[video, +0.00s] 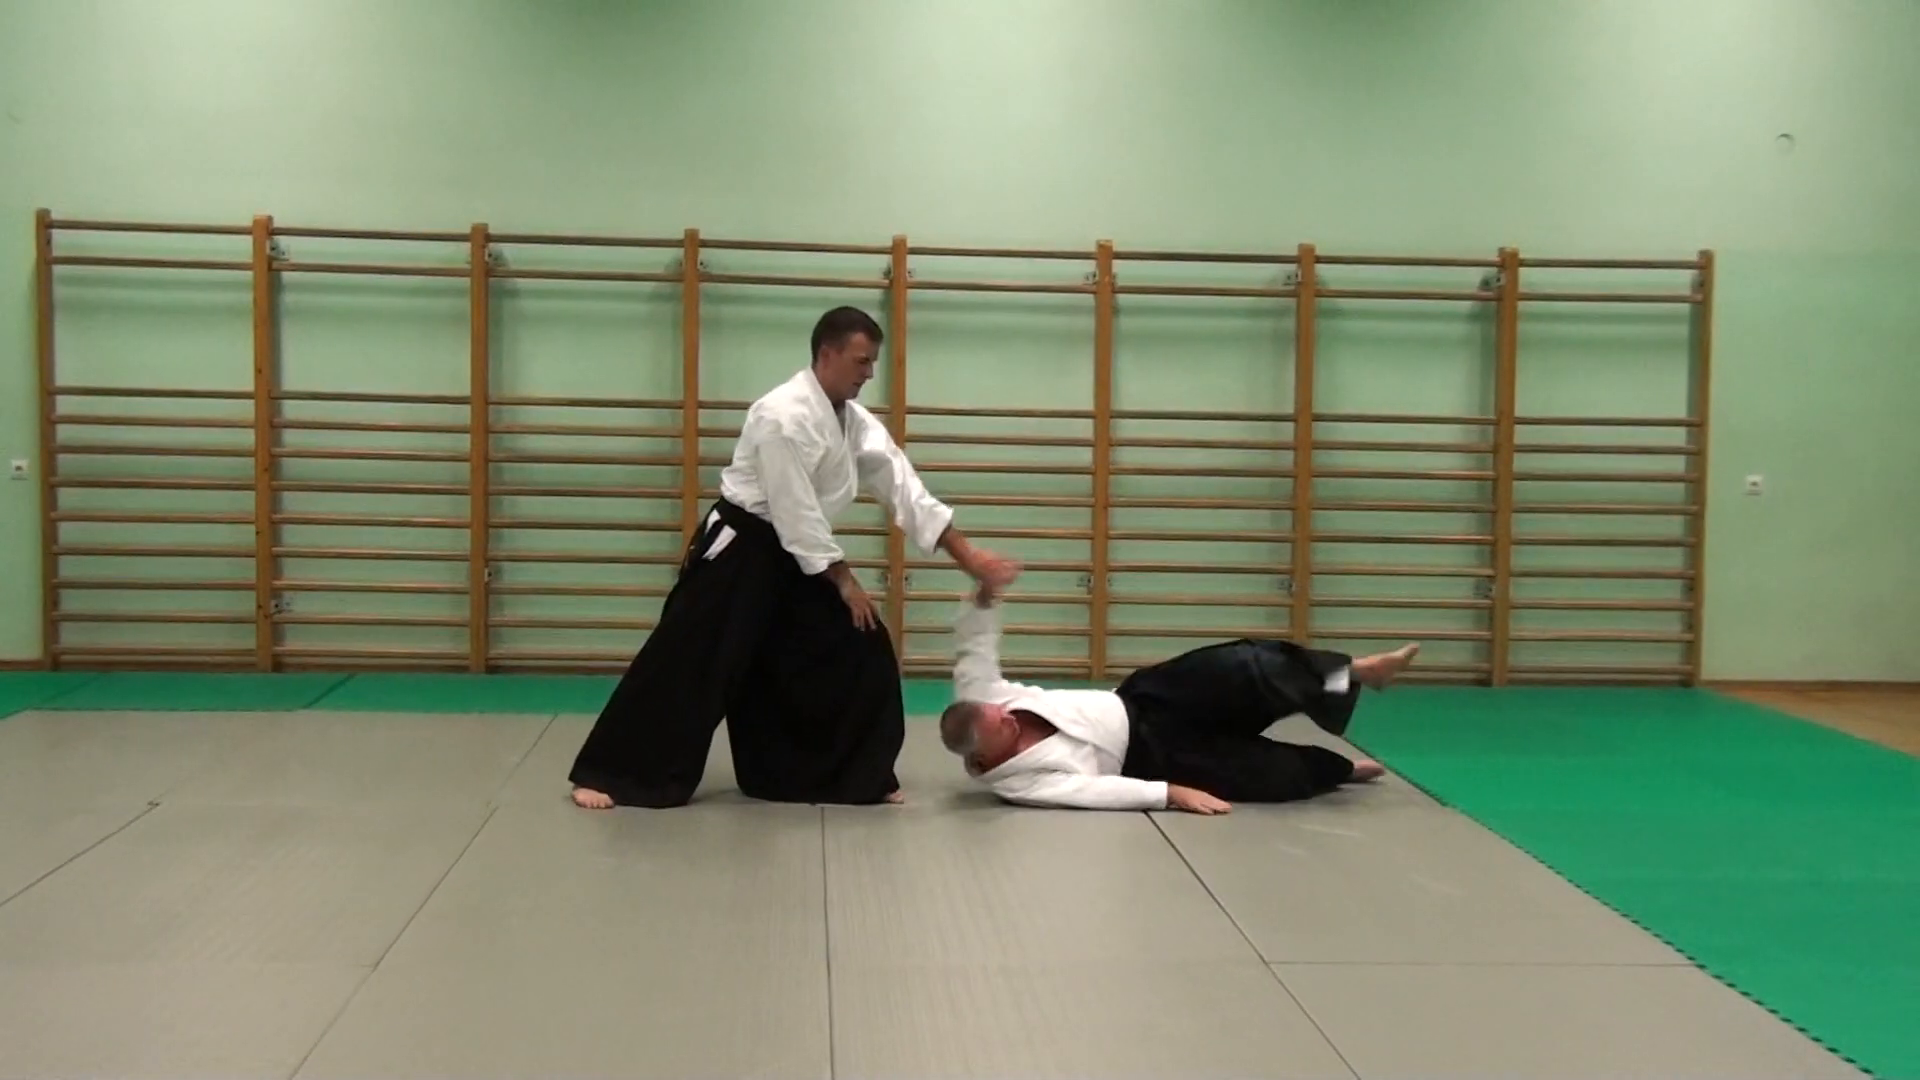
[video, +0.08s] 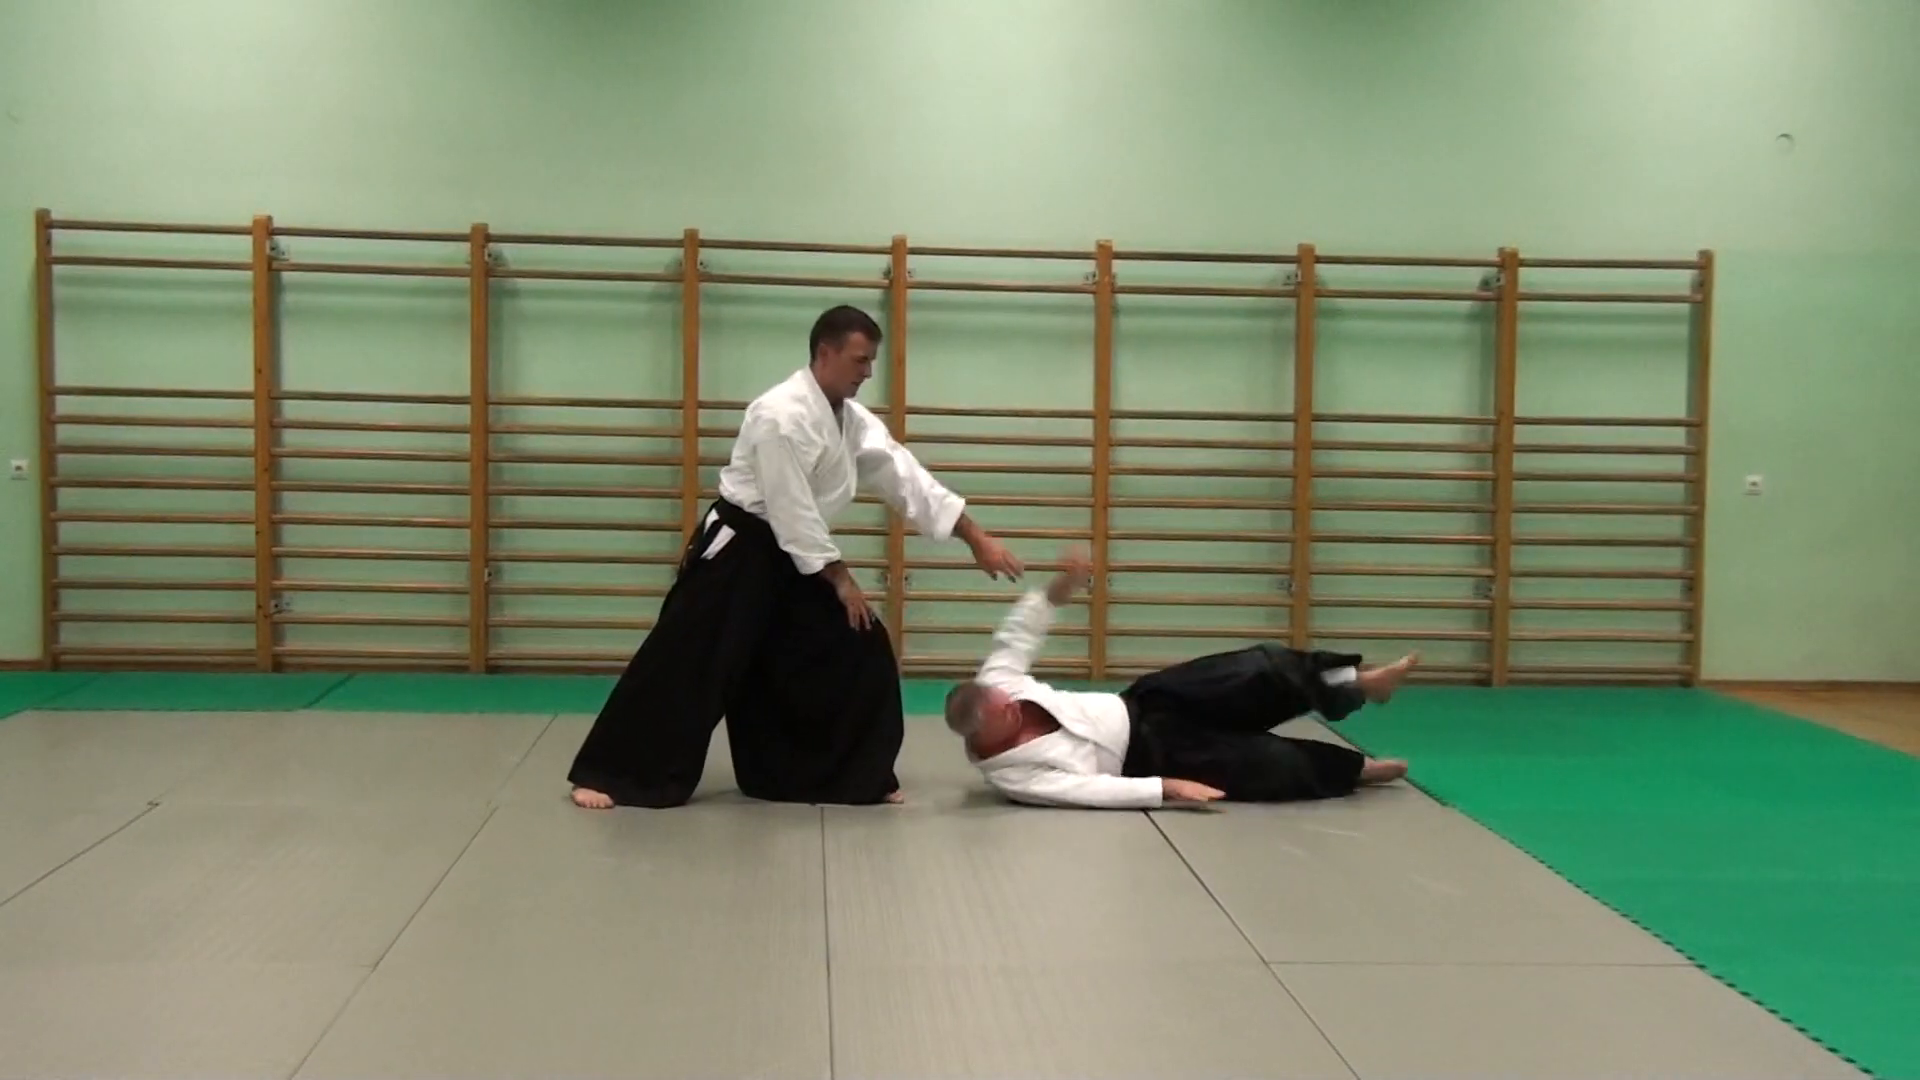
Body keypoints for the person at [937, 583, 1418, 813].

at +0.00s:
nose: (1013, 718)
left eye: (1006, 712)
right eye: (1004, 727)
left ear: (990, 704)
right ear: (984, 755)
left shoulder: (985, 697)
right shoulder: (1024, 781)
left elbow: (973, 646)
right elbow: (1094, 791)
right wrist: (1166, 794)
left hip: (1143, 698)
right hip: (1153, 758)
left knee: (1248, 667)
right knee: (1265, 773)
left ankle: (1351, 675)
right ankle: (1336, 767)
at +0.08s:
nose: (1019, 709)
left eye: (1013, 701)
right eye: (1007, 715)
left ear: (1007, 694)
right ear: (983, 738)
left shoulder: (1003, 681)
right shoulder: (1013, 775)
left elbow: (1021, 630)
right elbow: (1089, 789)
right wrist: (1163, 790)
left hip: (1145, 700)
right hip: (1154, 760)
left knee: (1259, 669)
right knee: (1267, 762)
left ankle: (1352, 685)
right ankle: (1353, 771)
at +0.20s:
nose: (1043, 682)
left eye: (1036, 671)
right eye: (1030, 684)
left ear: (1028, 662)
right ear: (1001, 699)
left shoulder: (1038, 664)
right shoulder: (1018, 750)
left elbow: (1087, 643)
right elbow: (1087, 785)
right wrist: (1165, 789)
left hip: (1157, 706)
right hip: (1154, 758)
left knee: (1263, 677)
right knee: (1274, 745)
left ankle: (1355, 706)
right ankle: (1373, 757)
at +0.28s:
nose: (1062, 634)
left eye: (1056, 628)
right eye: (1052, 633)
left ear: (1044, 634)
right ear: (1029, 651)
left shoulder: (1052, 650)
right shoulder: (1032, 715)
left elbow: (1097, 654)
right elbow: (1093, 774)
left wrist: (1136, 653)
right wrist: (1162, 794)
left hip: (1160, 704)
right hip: (1156, 753)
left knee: (1250, 668)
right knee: (1275, 732)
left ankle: (1345, 704)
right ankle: (1374, 742)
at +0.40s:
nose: (1097, 598)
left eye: (1093, 589)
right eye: (1087, 594)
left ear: (1059, 606)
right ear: (1065, 608)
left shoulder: (1068, 633)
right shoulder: (1068, 666)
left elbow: (1113, 683)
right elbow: (1109, 733)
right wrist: (1163, 789)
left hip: (1157, 698)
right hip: (1165, 742)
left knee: (1224, 654)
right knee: (1288, 706)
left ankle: (1320, 712)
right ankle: (1377, 712)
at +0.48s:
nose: (1111, 578)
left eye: (1106, 571)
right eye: (1108, 572)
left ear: (1062, 583)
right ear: (1099, 579)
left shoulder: (1046, 631)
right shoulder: (1104, 637)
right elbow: (1133, 714)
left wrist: (1082, 717)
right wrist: (1181, 779)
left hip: (1122, 741)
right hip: (1157, 749)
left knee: (1201, 657)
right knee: (1279, 694)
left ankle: (1272, 711)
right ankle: (1375, 706)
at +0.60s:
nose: (1119, 569)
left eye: (1114, 564)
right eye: (1116, 563)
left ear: (1067, 574)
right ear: (1110, 567)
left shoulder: (1044, 628)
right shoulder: (1130, 603)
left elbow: (1024, 703)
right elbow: (1168, 664)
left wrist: (1026, 752)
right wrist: (1219, 717)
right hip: (1169, 739)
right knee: (1272, 681)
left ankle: (1354, 730)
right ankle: (1359, 733)